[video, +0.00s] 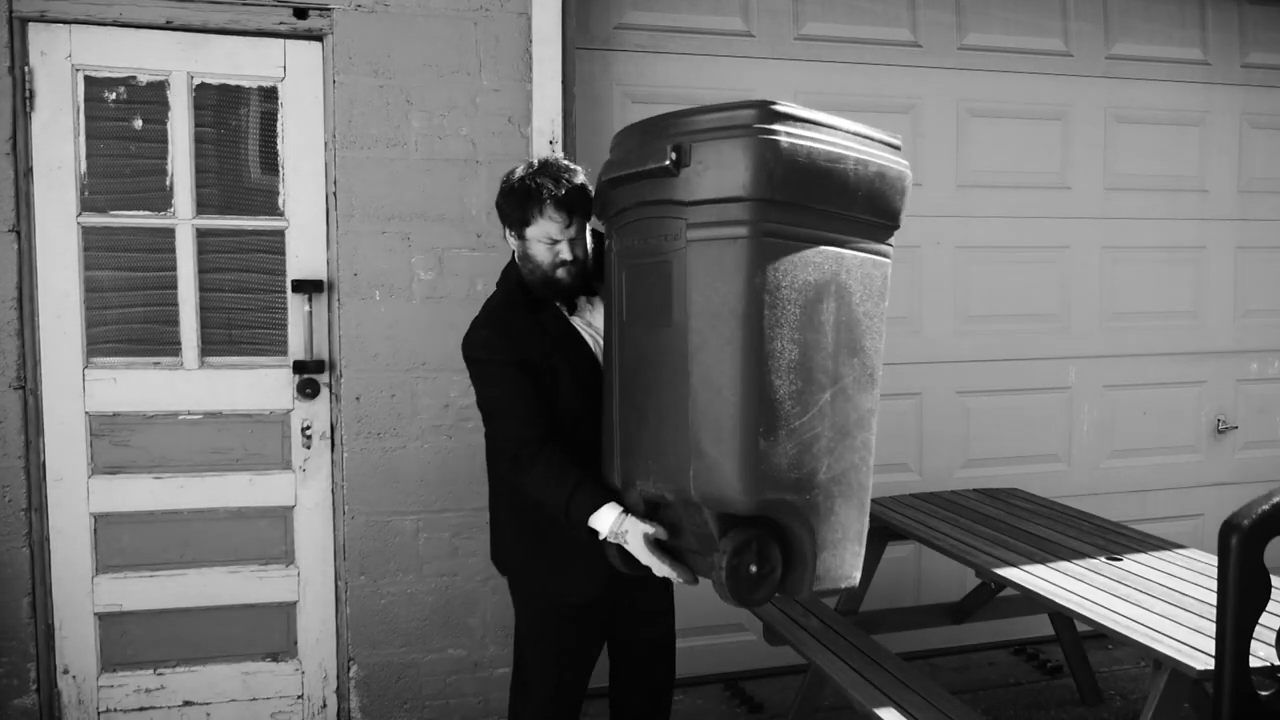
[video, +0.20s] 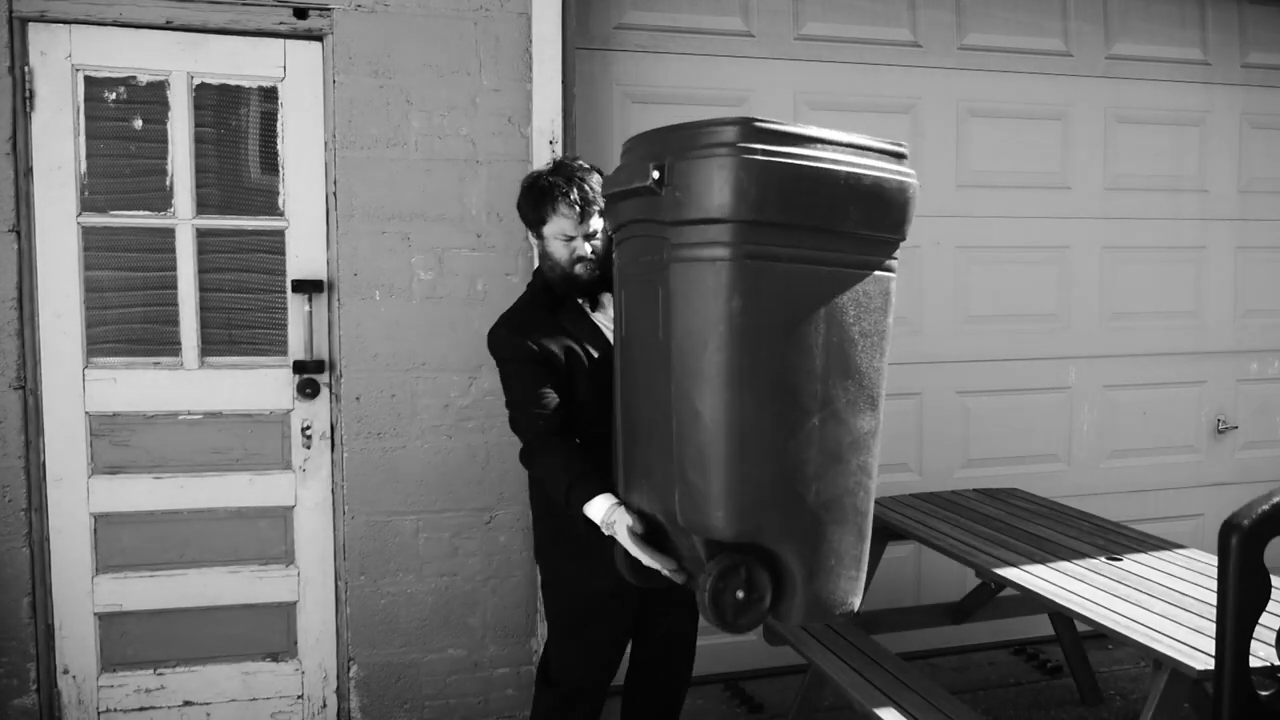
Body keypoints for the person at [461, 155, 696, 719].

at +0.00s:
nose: (568, 253)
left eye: (576, 236)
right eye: (551, 242)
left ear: (593, 226)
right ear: (515, 239)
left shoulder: (620, 287)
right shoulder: (496, 336)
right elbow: (528, 455)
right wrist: (615, 521)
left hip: (645, 542)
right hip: (558, 555)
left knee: (648, 700)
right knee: (546, 705)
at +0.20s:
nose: (586, 249)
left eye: (593, 232)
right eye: (568, 239)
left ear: (608, 221)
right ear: (536, 239)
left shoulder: (644, 290)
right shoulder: (522, 332)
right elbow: (544, 445)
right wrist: (609, 510)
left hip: (670, 531)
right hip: (586, 543)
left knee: (662, 688)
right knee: (575, 688)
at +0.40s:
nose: (589, 245)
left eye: (598, 227)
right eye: (572, 236)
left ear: (620, 219)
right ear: (545, 241)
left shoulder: (662, 292)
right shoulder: (535, 327)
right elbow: (538, 431)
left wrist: (762, 187)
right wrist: (589, 478)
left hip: (687, 526)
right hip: (600, 532)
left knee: (671, 683)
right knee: (593, 679)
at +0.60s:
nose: (584, 248)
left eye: (594, 231)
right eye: (567, 240)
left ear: (614, 221)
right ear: (544, 245)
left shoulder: (661, 266)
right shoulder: (531, 328)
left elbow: (734, 269)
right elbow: (519, 425)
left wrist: (746, 208)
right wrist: (539, 438)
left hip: (691, 515)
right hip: (598, 527)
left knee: (673, 688)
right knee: (590, 689)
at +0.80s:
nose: (585, 248)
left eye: (595, 230)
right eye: (567, 239)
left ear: (615, 219)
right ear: (543, 241)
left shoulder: (659, 256)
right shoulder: (526, 323)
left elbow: (743, 240)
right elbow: (491, 414)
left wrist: (737, 203)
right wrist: (512, 422)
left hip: (687, 502)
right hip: (586, 516)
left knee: (674, 672)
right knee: (586, 674)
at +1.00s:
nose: (578, 248)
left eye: (588, 231)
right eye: (560, 237)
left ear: (609, 219)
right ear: (534, 239)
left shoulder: (652, 256)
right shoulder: (510, 319)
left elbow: (740, 254)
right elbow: (454, 402)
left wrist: (747, 221)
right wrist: (481, 414)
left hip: (680, 507)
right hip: (572, 524)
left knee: (675, 680)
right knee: (588, 684)